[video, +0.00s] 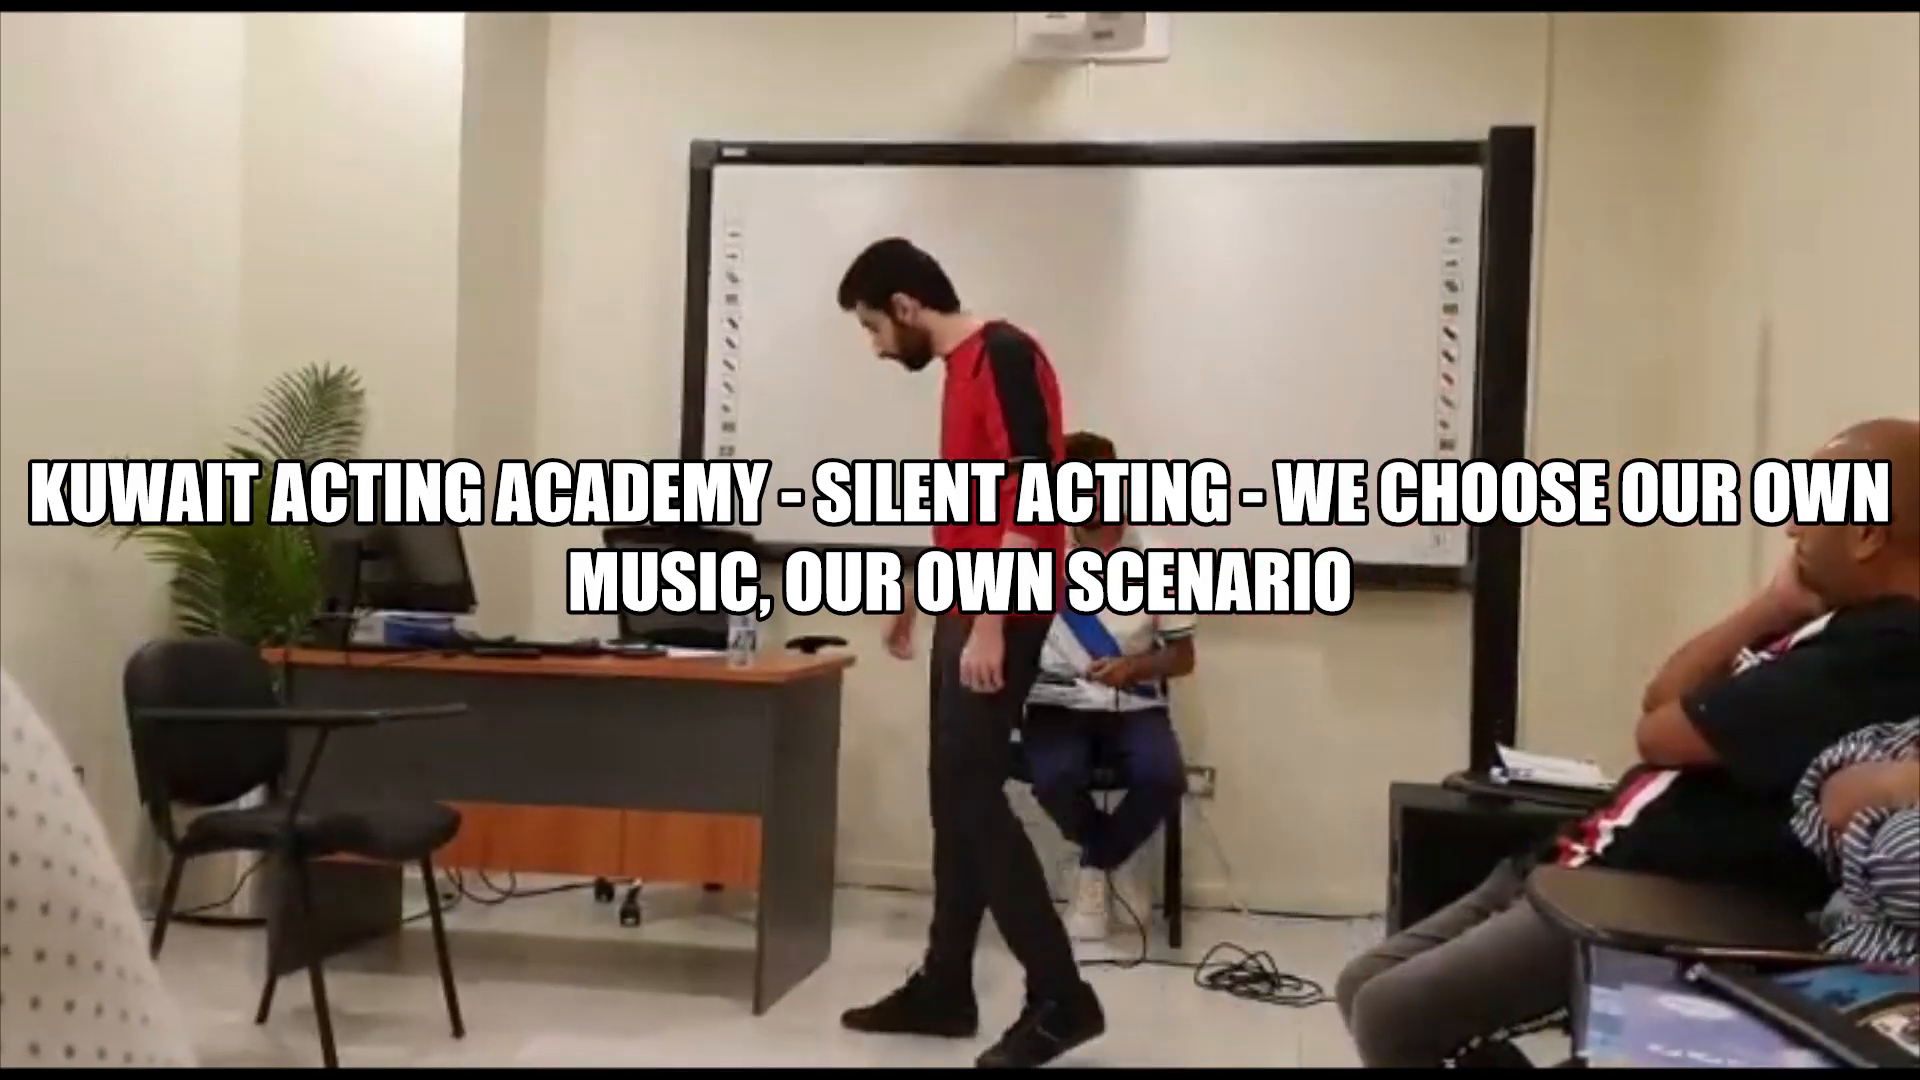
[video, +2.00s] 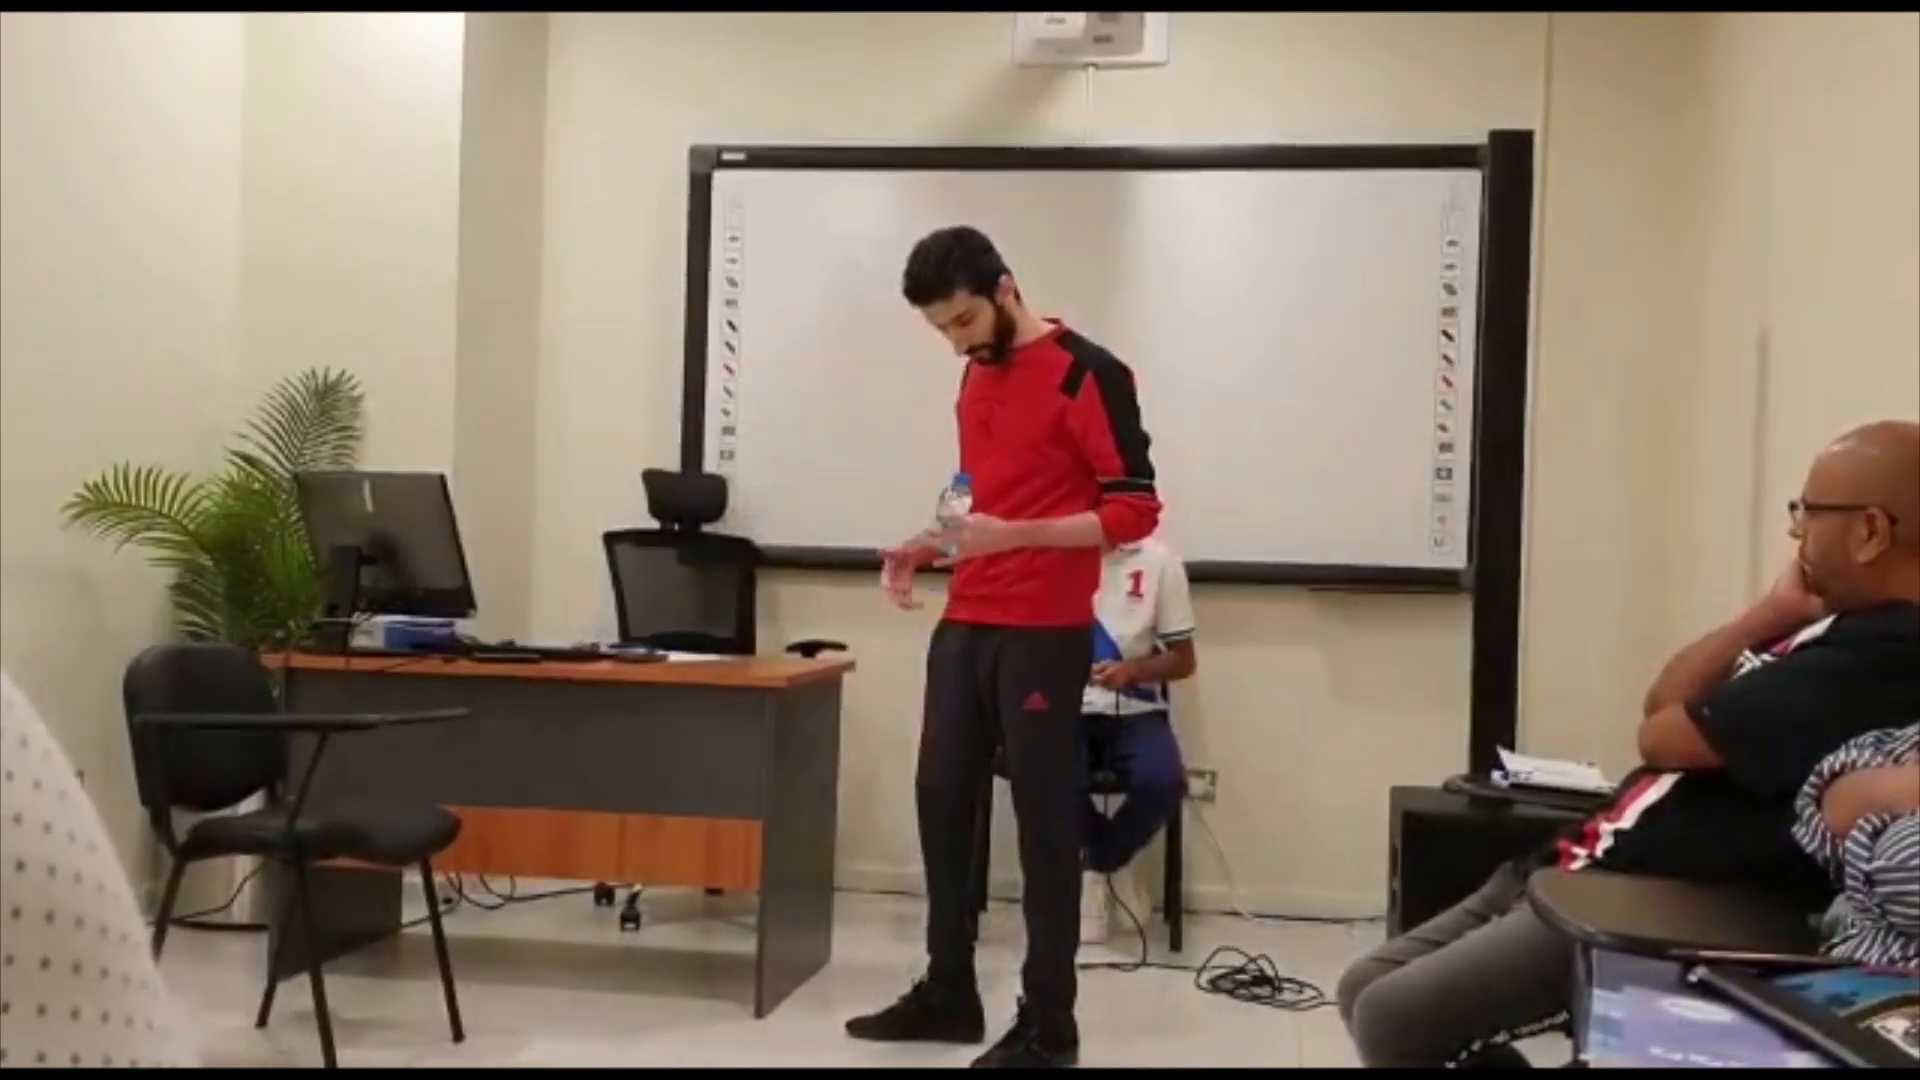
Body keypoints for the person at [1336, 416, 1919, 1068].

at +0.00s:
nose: (1793, 534)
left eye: (1811, 513)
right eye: (1799, 512)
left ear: (1871, 534)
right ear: (1871, 535)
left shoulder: (1885, 645)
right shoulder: (1846, 625)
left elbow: (1664, 738)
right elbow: (1662, 697)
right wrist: (1781, 602)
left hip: (1633, 901)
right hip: (1585, 861)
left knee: (1389, 1016)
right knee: (1363, 983)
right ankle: (1500, 1062)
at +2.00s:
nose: (1795, 535)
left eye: (1806, 516)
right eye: (1798, 514)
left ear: (1874, 532)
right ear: (1874, 532)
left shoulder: (1883, 650)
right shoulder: (1847, 626)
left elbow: (1666, 739)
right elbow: (1665, 700)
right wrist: (1783, 606)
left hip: (1632, 907)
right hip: (1581, 864)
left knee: (1388, 1019)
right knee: (1364, 985)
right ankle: (1486, 1061)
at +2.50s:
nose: (1794, 536)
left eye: (1806, 516)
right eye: (1798, 515)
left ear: (1873, 532)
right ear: (1873, 532)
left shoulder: (1882, 650)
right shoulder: (1848, 627)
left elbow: (1665, 743)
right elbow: (1662, 704)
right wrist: (1779, 610)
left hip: (1638, 907)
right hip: (1585, 863)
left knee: (1390, 1020)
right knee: (1365, 986)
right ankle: (1486, 1060)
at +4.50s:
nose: (1801, 534)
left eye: (1814, 514)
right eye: (1806, 513)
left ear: (1880, 534)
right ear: (1881, 534)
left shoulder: (1885, 651)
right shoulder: (1855, 629)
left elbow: (1666, 743)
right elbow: (1664, 701)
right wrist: (1782, 611)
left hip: (1642, 906)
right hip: (1593, 864)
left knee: (1386, 1022)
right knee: (1363, 988)